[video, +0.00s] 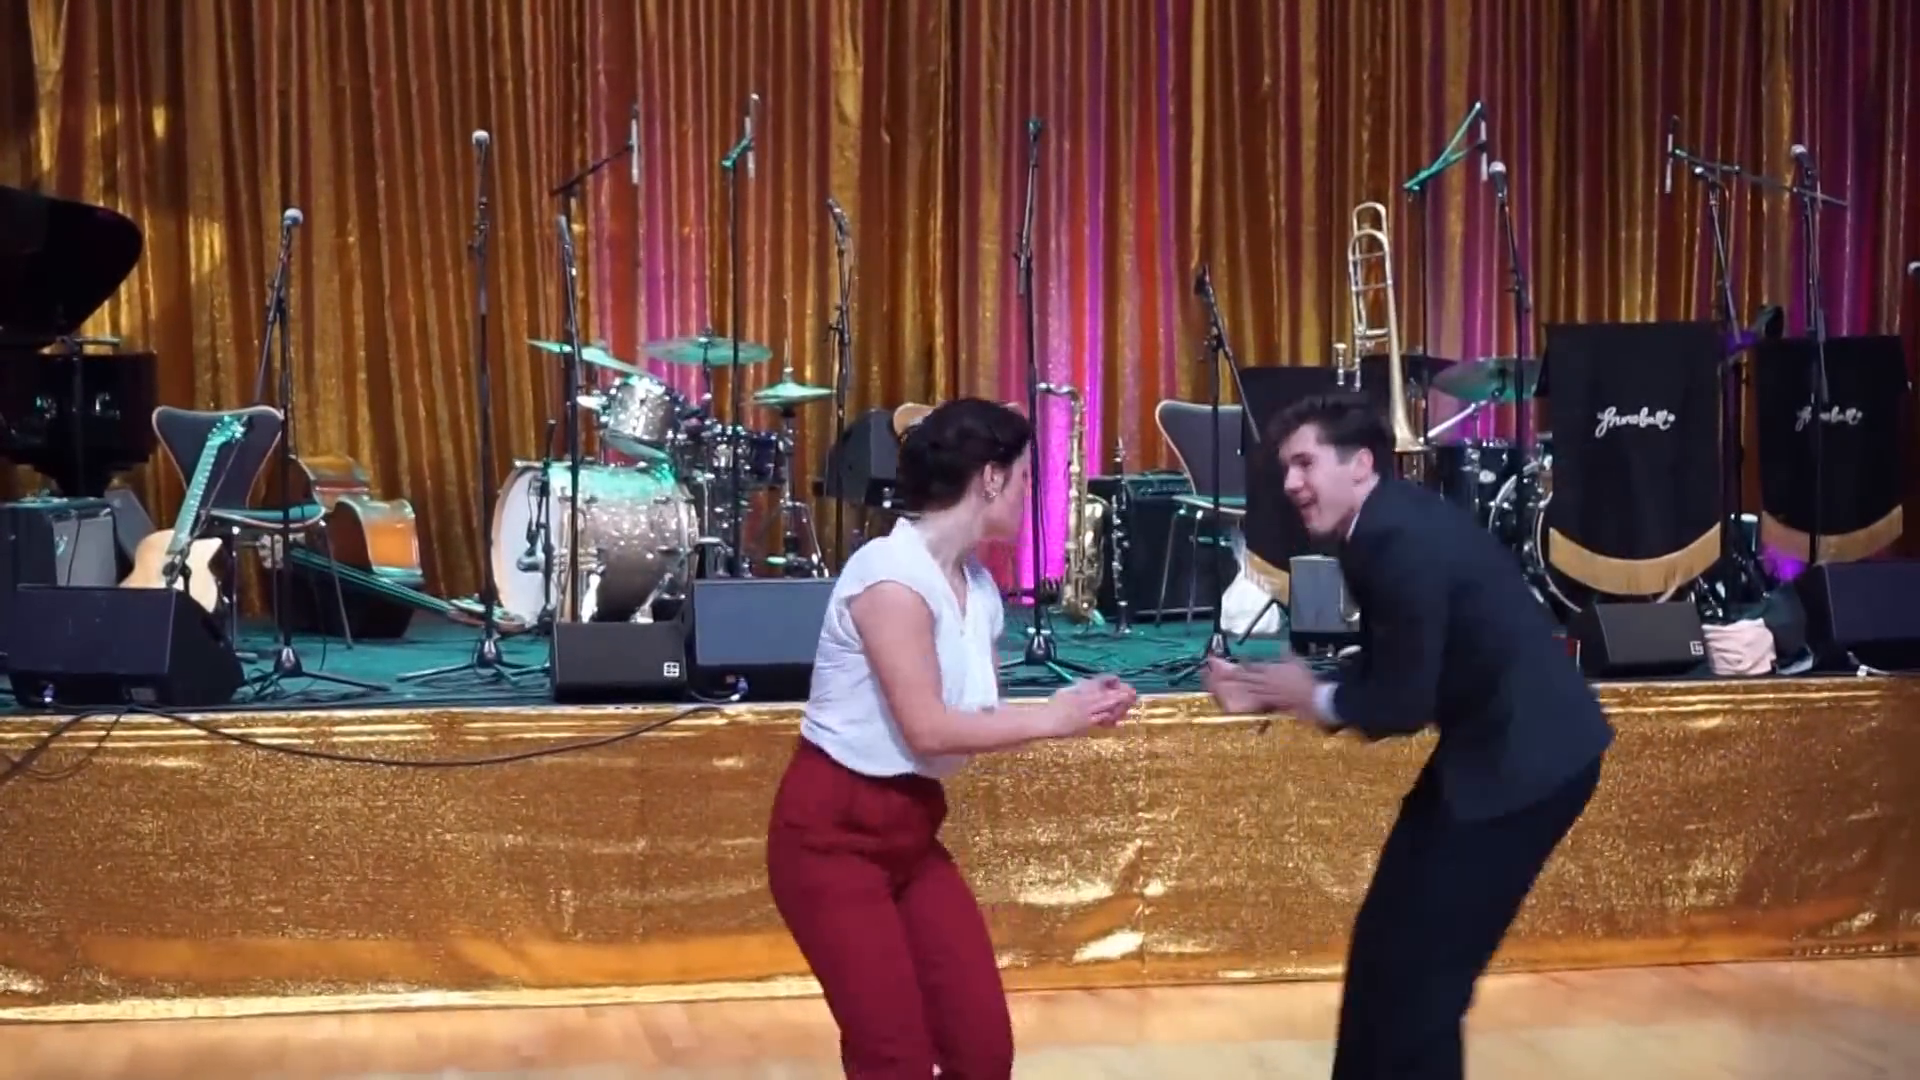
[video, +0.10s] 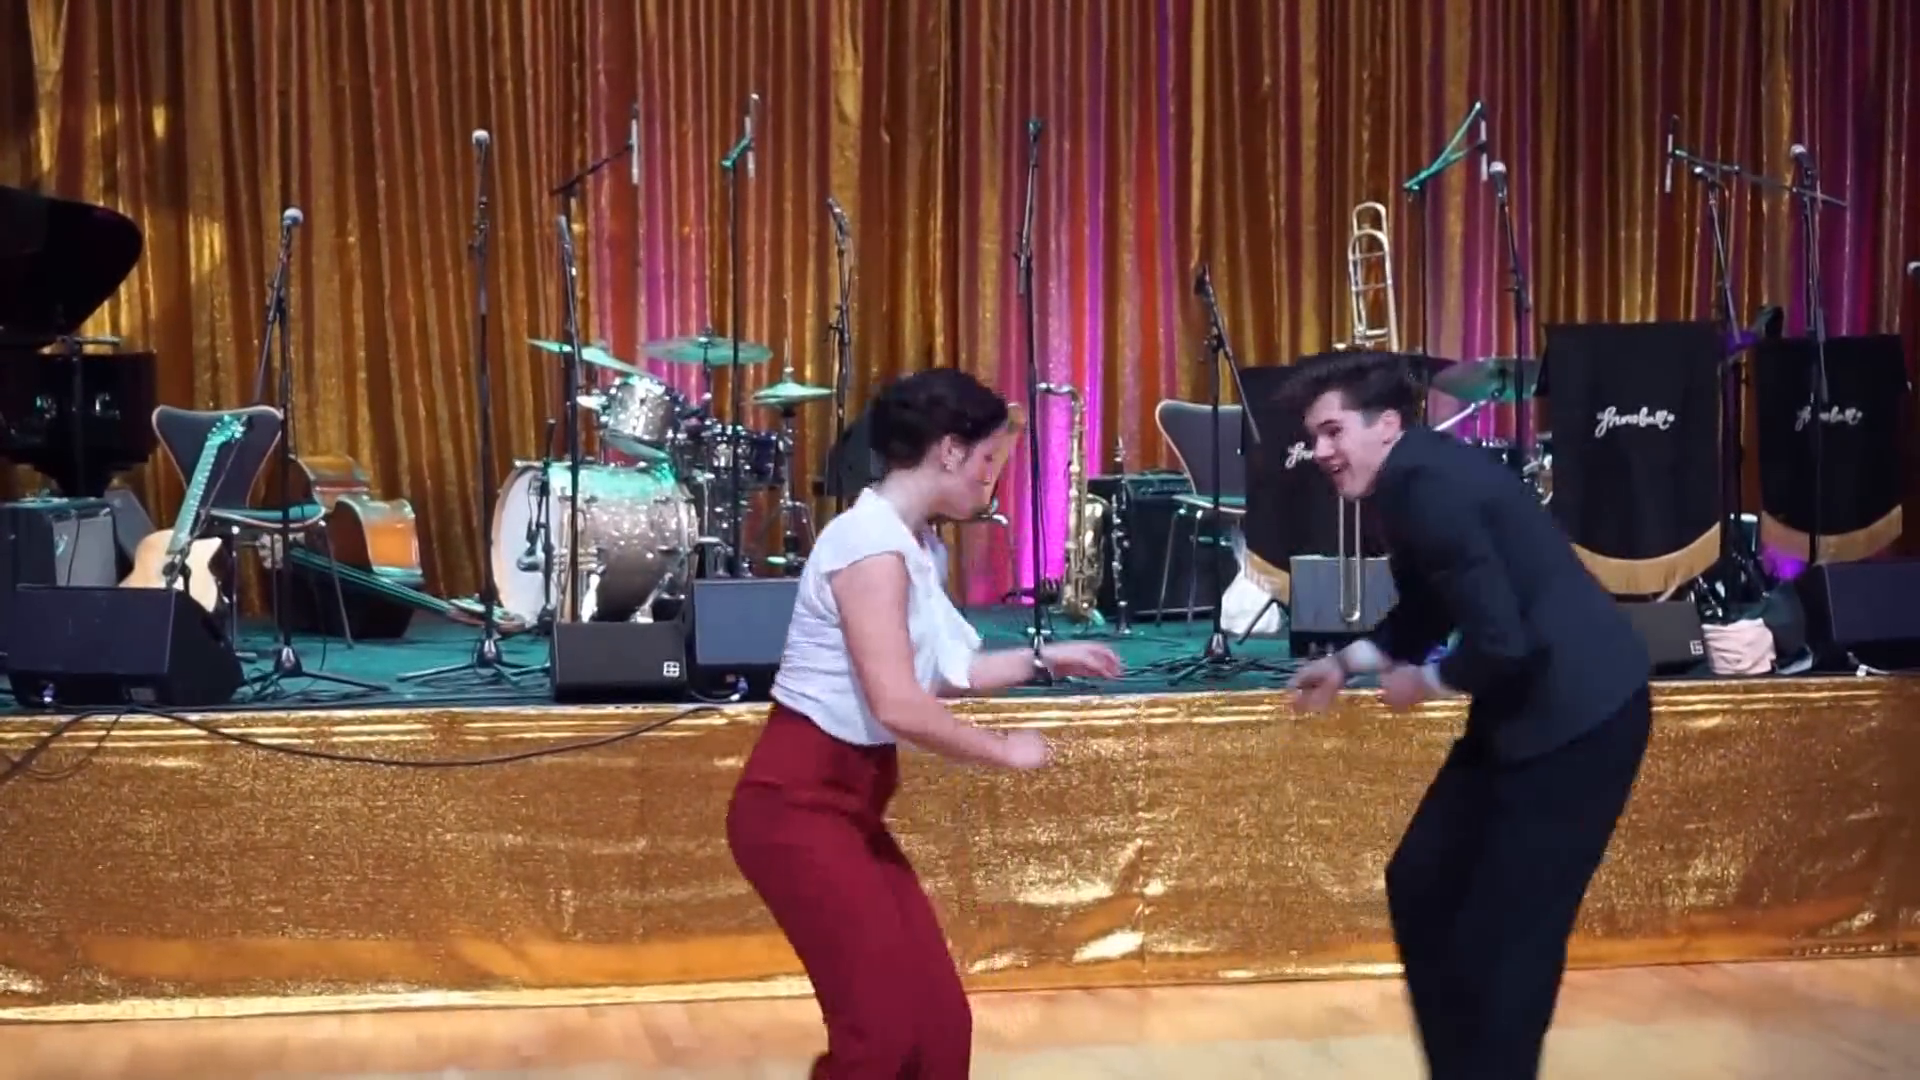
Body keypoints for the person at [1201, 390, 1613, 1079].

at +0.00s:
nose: (1292, 484)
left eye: (1308, 463)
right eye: (1286, 469)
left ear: (1363, 464)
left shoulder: (1398, 534)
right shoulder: (1383, 531)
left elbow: (1408, 699)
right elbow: (1387, 678)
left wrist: (1312, 698)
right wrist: (1293, 686)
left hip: (1529, 755)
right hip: (1488, 748)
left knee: (1414, 963)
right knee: (1384, 943)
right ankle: (1368, 1072)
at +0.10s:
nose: (1318, 453)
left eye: (1332, 432)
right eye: (1313, 439)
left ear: (1389, 422)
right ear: (1383, 428)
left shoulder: (1429, 483)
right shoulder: (1413, 478)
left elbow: (1498, 643)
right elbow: (1429, 609)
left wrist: (1430, 678)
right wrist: (1346, 662)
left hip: (1581, 713)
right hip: (1519, 710)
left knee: (1502, 928)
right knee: (1420, 882)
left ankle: (1491, 1069)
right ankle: (1462, 1067)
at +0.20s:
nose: (1359, 463)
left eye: (1370, 442)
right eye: (1352, 448)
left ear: (1427, 428)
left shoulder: (1458, 488)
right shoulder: (1459, 472)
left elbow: (1560, 604)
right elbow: (1490, 588)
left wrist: (1531, 729)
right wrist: (1411, 640)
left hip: (1627, 716)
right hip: (1583, 711)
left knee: (1527, 914)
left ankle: (1621, 1069)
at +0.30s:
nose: (1402, 497)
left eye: (1411, 475)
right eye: (1394, 482)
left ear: (1465, 461)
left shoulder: (1519, 515)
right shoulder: (1484, 528)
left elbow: (1600, 640)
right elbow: (1536, 635)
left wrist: (1635, 786)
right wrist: (1441, 641)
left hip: (1654, 763)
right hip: (1609, 763)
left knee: (1613, 992)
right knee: (1561, 981)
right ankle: (1673, 1066)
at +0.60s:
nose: (1447, 548)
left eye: (1453, 524)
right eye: (1438, 535)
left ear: (1507, 508)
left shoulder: (1558, 540)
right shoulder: (1545, 605)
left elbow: (1654, 615)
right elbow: (1563, 770)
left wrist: (1713, 709)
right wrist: (1454, 763)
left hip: (1707, 772)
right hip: (1697, 779)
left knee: (1527, 924)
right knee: (1650, 996)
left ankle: (1543, 1070)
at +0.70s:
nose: (1440, 530)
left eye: (1448, 508)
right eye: (1433, 516)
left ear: (1503, 493)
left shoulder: (1556, 532)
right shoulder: (1540, 584)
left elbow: (1629, 624)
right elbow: (1592, 746)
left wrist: (1640, 758)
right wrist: (1469, 773)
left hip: (1684, 782)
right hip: (1677, 791)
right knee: (1647, 1011)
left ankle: (1451, 1078)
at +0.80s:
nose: (1434, 503)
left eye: (1445, 483)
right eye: (1427, 489)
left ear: (1499, 476)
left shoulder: (1572, 541)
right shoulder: (1518, 562)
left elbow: (1604, 695)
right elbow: (1577, 716)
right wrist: (1483, 800)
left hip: (1651, 794)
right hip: (1608, 793)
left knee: (1505, 924)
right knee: (1613, 1019)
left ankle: (1464, 1073)